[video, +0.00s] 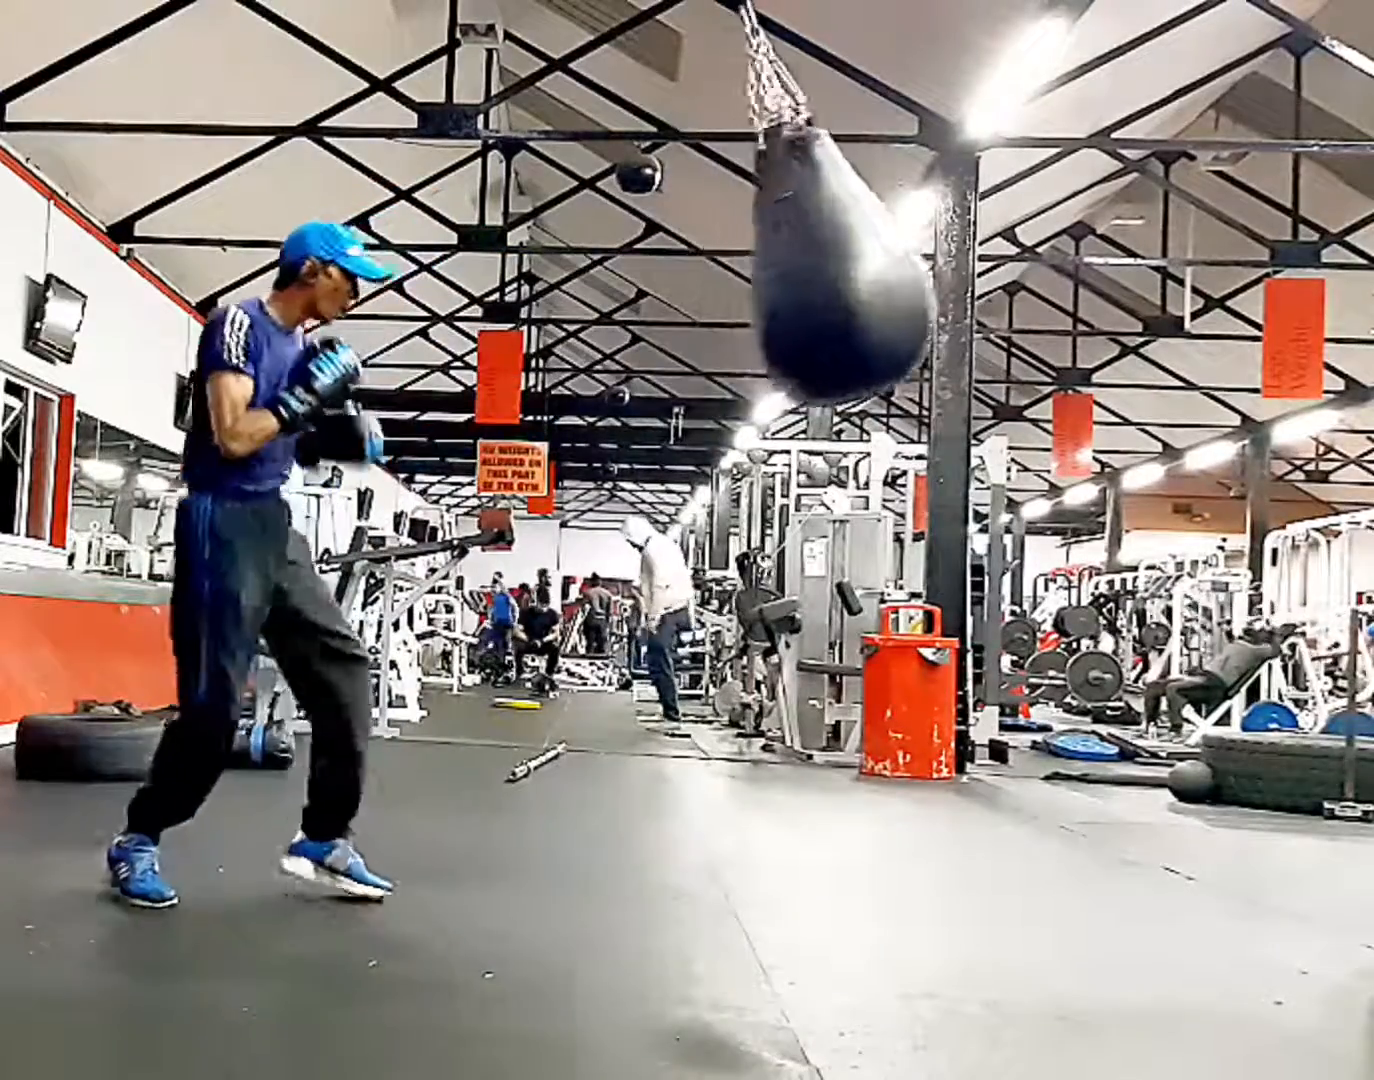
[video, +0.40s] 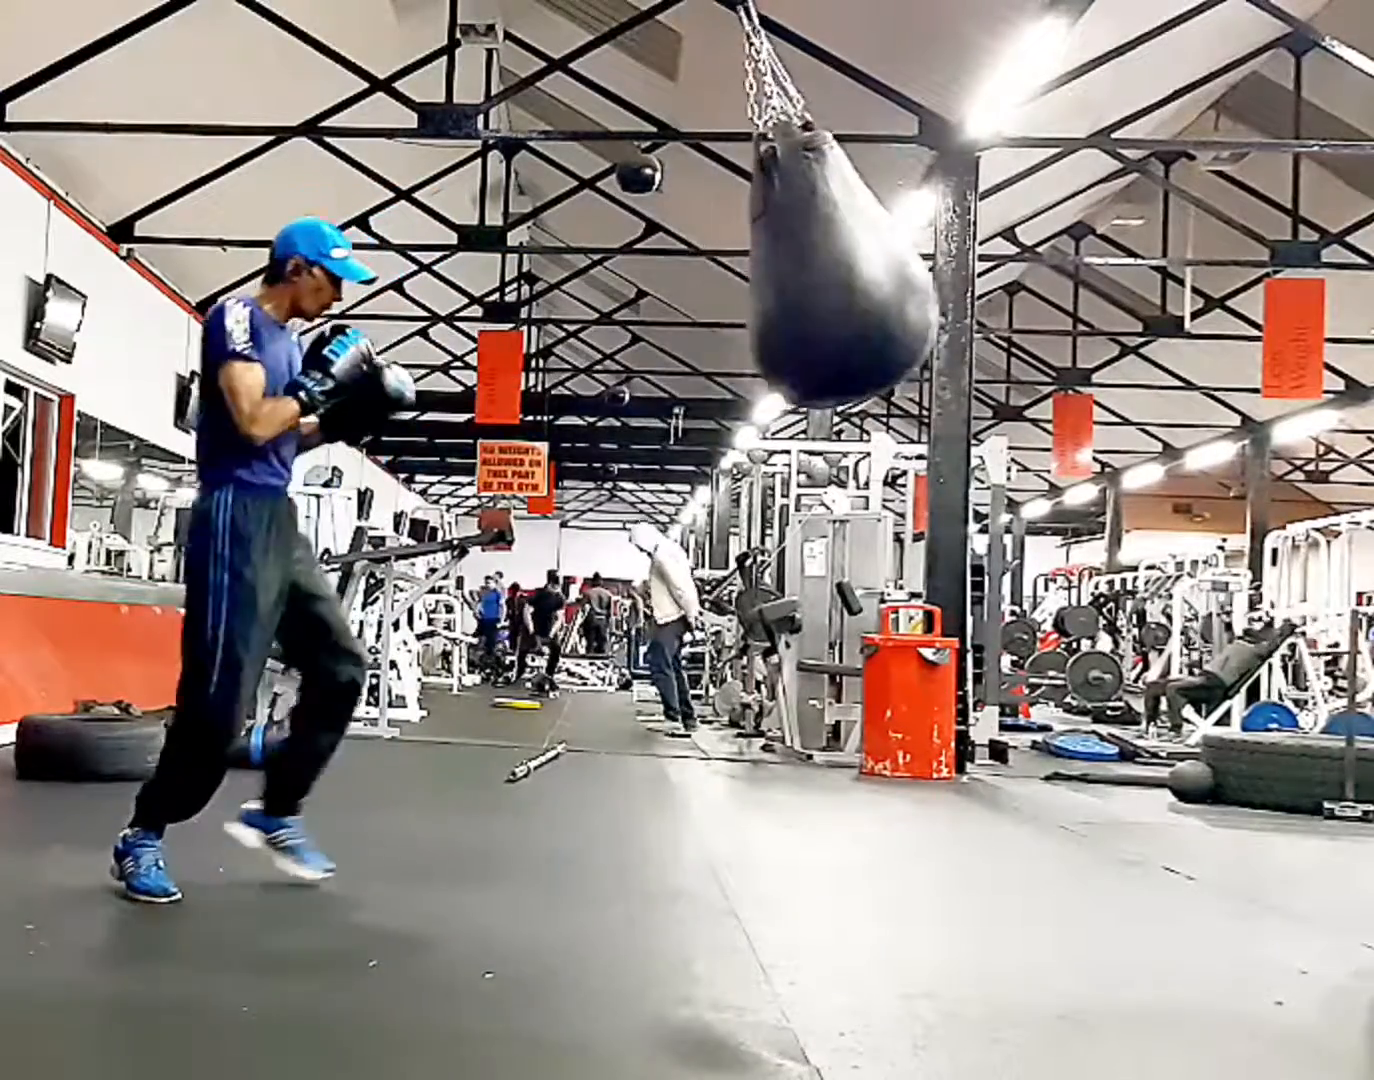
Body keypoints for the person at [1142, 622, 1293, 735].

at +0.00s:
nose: (1257, 634)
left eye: (1256, 631)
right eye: (1257, 632)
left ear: (1249, 635)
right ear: (1253, 635)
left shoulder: (1256, 651)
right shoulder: (1236, 645)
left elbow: (1275, 652)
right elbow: (1221, 651)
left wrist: (1275, 636)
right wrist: (1222, 632)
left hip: (1216, 681)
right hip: (1205, 674)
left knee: (1173, 689)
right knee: (1153, 688)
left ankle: (1176, 730)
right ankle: (1147, 727)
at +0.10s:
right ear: (1253, 636)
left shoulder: (1254, 651)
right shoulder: (1231, 647)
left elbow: (1277, 656)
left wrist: (1273, 644)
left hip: (1218, 681)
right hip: (1203, 675)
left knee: (1173, 689)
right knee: (1153, 688)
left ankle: (1176, 730)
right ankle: (1147, 728)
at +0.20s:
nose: (1259, 636)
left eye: (1259, 633)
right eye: (1259, 633)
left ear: (1255, 637)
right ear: (1254, 636)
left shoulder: (1256, 650)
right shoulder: (1234, 646)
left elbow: (1278, 655)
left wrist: (1277, 644)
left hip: (1217, 681)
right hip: (1202, 674)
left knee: (1173, 689)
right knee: (1152, 688)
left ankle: (1176, 730)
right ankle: (1147, 727)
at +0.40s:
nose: (1251, 626)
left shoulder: (1258, 650)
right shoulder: (1236, 643)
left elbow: (1273, 644)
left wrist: (1283, 632)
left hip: (1218, 682)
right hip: (1203, 676)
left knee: (1174, 689)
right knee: (1152, 688)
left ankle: (1176, 730)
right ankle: (1148, 727)